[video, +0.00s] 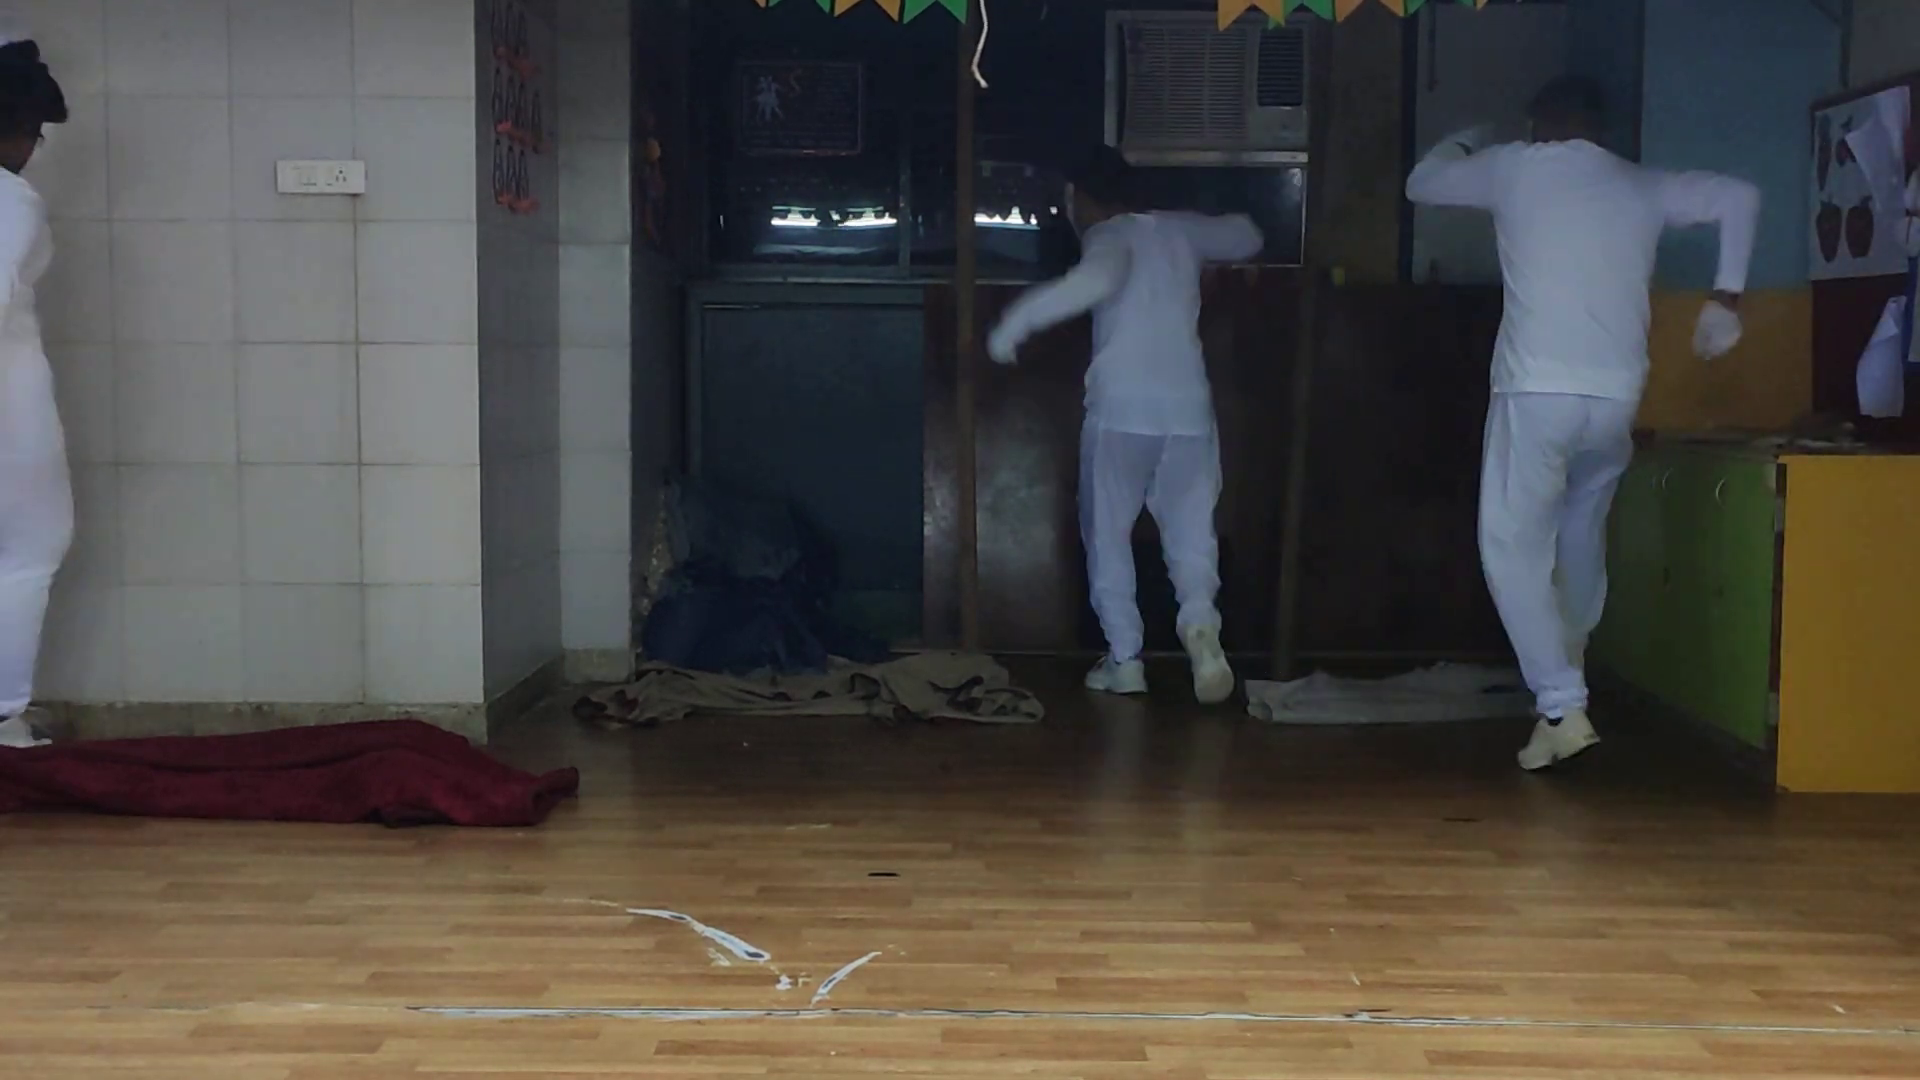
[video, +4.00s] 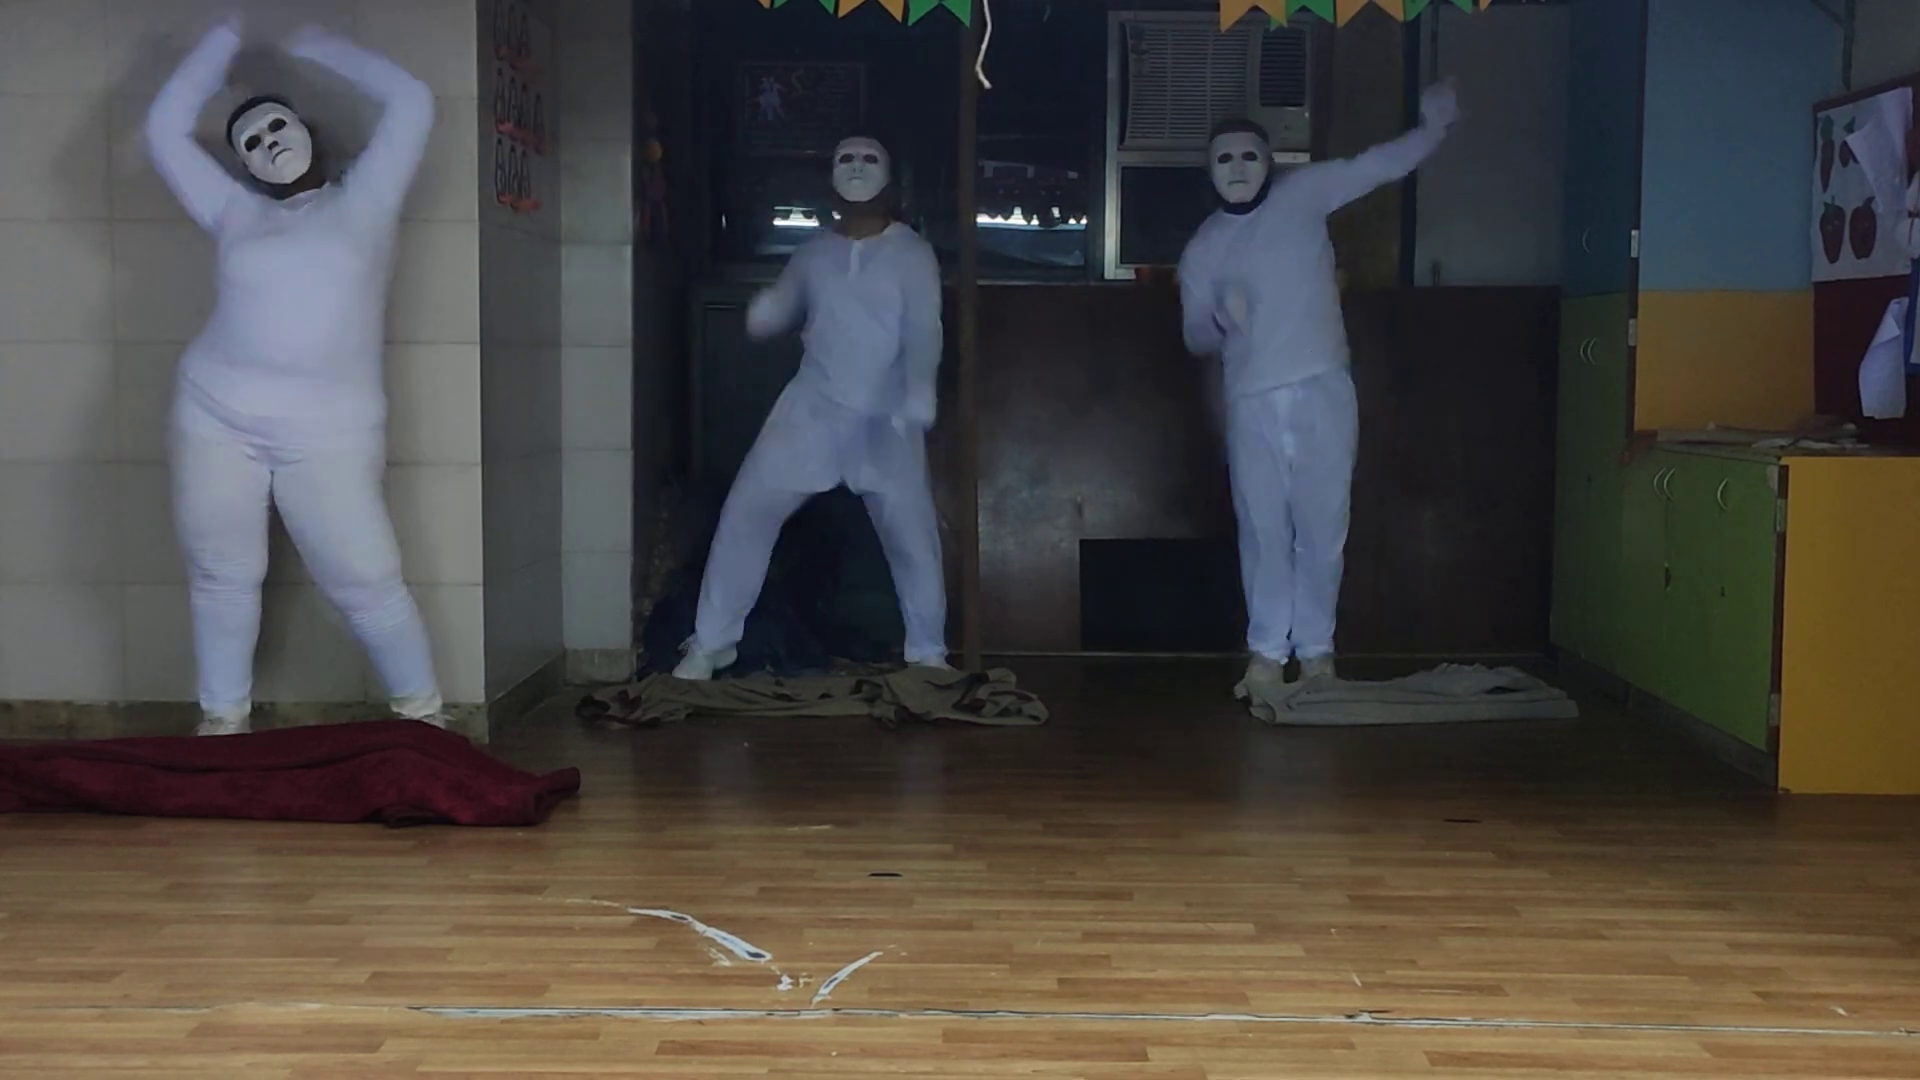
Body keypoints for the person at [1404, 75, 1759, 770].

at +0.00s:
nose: (1533, 132)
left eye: (1537, 123)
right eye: (1540, 123)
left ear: (1542, 123)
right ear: (1602, 125)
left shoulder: (1512, 169)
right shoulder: (1645, 186)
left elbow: (1422, 182)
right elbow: (1739, 197)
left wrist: (1460, 144)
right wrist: (1726, 299)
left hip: (1537, 392)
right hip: (1616, 396)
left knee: (1512, 546)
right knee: (1584, 529)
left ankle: (1562, 710)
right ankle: (1570, 658)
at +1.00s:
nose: (1264, 168)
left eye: (1273, 157)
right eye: (1264, 157)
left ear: (1304, 151)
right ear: (1311, 153)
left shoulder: (1324, 194)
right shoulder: (1344, 200)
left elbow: (1272, 247)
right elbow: (1401, 233)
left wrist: (1188, 265)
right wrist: (1405, 307)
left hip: (1358, 386)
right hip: (1312, 381)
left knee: (1345, 512)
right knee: (1247, 480)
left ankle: (1353, 646)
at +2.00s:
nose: (1214, 214)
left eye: (1226, 203)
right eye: (1202, 203)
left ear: (1244, 206)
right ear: (1186, 210)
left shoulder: (1263, 237)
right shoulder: (1176, 263)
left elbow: (1238, 289)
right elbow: (1194, 327)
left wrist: (1153, 307)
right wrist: (1188, 362)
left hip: (1286, 426)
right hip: (1215, 424)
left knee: (1303, 548)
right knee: (1171, 542)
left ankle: (1333, 645)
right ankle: (1142, 656)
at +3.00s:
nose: (1221, 294)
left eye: (1233, 282)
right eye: (1208, 283)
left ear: (1252, 285)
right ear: (1194, 289)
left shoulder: (1272, 318)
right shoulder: (1192, 344)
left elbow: (1310, 358)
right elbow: (1199, 400)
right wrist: (1185, 446)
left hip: (1317, 486)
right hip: (1235, 483)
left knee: (1395, 570)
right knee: (1163, 535)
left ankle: (1421, 661)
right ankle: (1145, 665)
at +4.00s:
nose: (1237, 169)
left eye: (1248, 157)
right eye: (1224, 159)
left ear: (1268, 162)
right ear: (1211, 170)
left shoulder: (1303, 193)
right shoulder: (1202, 249)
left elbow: (1381, 164)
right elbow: (1195, 339)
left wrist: (1432, 126)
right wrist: (1220, 320)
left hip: (1321, 389)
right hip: (1252, 401)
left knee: (1322, 525)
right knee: (1262, 528)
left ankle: (1318, 653)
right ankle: (1266, 657)